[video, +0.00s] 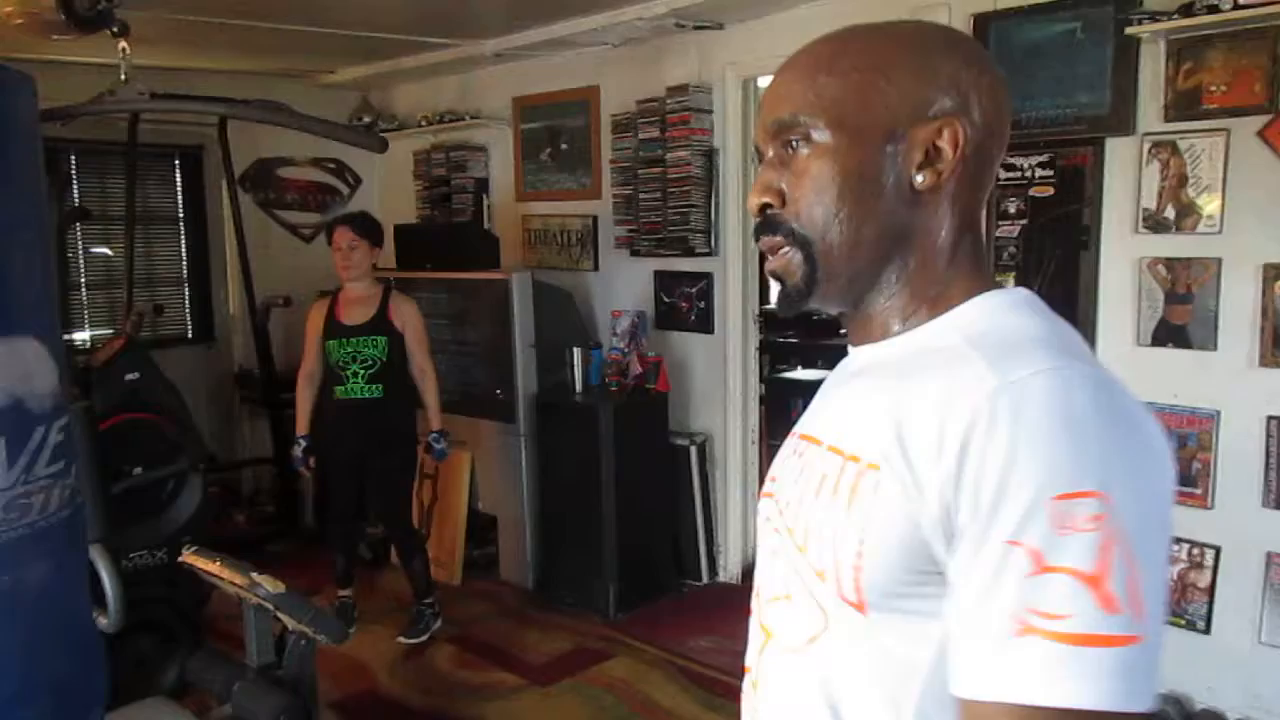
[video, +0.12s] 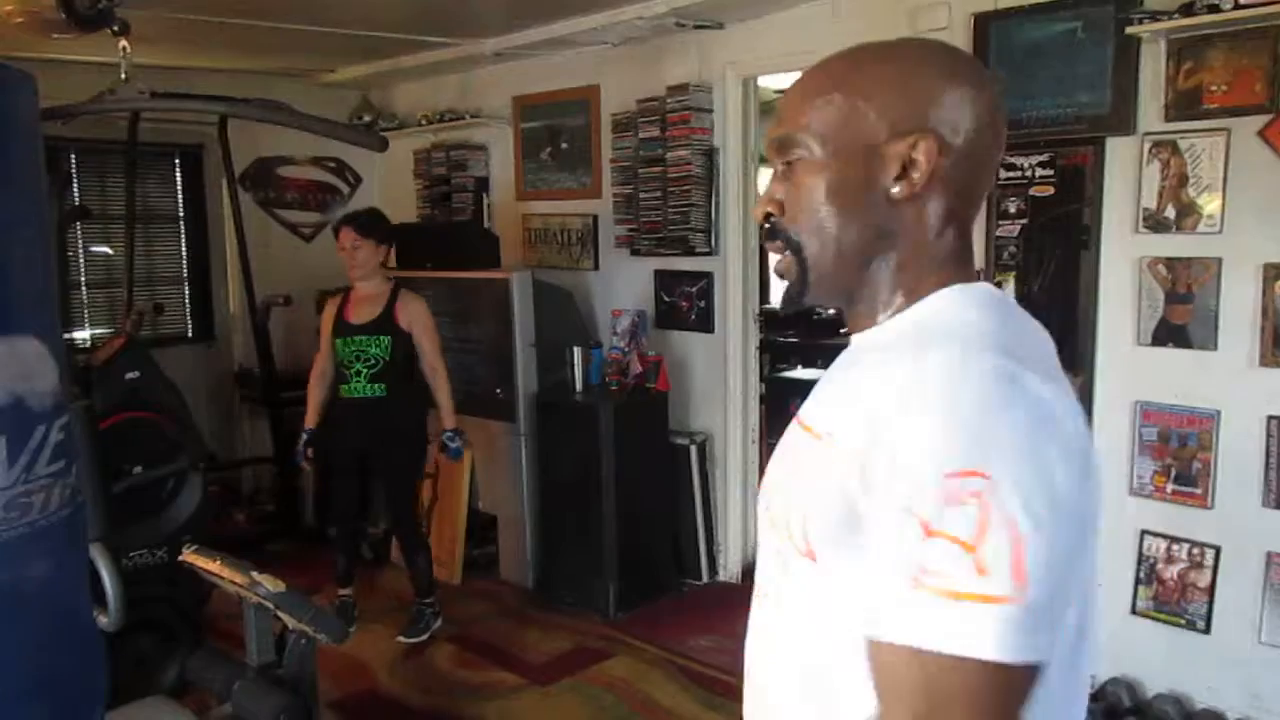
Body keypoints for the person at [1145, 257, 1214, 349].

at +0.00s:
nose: (1185, 271)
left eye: (1187, 268)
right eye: (1182, 268)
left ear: (1189, 270)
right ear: (1173, 270)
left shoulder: (1192, 286)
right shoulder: (1168, 286)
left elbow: (1212, 269)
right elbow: (1151, 265)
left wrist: (1196, 261)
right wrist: (1166, 262)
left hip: (1182, 328)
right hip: (1165, 326)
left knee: (1190, 356)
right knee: (1154, 355)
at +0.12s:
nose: (1185, 272)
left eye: (1187, 268)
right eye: (1182, 268)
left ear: (1189, 270)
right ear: (1173, 270)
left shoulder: (1192, 286)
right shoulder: (1168, 286)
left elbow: (1212, 268)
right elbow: (1151, 265)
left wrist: (1197, 261)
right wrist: (1166, 262)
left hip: (1182, 328)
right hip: (1165, 326)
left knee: (1190, 356)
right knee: (1155, 355)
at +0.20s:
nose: (1185, 272)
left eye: (1187, 269)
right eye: (1182, 269)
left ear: (1189, 271)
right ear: (1174, 271)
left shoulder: (1192, 287)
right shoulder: (1168, 286)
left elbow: (1212, 270)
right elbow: (1151, 266)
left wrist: (1197, 261)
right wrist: (1164, 262)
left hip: (1182, 328)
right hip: (1165, 326)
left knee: (1190, 357)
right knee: (1154, 355)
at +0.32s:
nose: (1183, 273)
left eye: (1185, 269)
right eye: (1180, 269)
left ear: (1188, 271)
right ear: (1174, 271)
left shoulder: (1192, 286)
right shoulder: (1168, 286)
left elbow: (1213, 269)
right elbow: (1151, 266)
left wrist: (1198, 261)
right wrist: (1164, 261)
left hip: (1182, 328)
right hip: (1165, 326)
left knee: (1190, 357)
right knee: (1154, 356)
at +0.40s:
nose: (1184, 272)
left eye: (1186, 269)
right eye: (1182, 269)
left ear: (1189, 271)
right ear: (1174, 271)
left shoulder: (1192, 286)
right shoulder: (1168, 285)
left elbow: (1213, 270)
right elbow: (1151, 266)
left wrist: (1199, 259)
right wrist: (1164, 261)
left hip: (1182, 328)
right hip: (1165, 326)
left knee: (1190, 357)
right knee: (1154, 355)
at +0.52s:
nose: (1185, 272)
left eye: (1187, 268)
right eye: (1182, 268)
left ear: (1190, 271)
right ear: (1174, 271)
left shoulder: (1192, 286)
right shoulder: (1168, 286)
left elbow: (1212, 273)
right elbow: (1151, 266)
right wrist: (1165, 262)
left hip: (1182, 328)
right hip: (1165, 326)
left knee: (1190, 357)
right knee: (1154, 355)